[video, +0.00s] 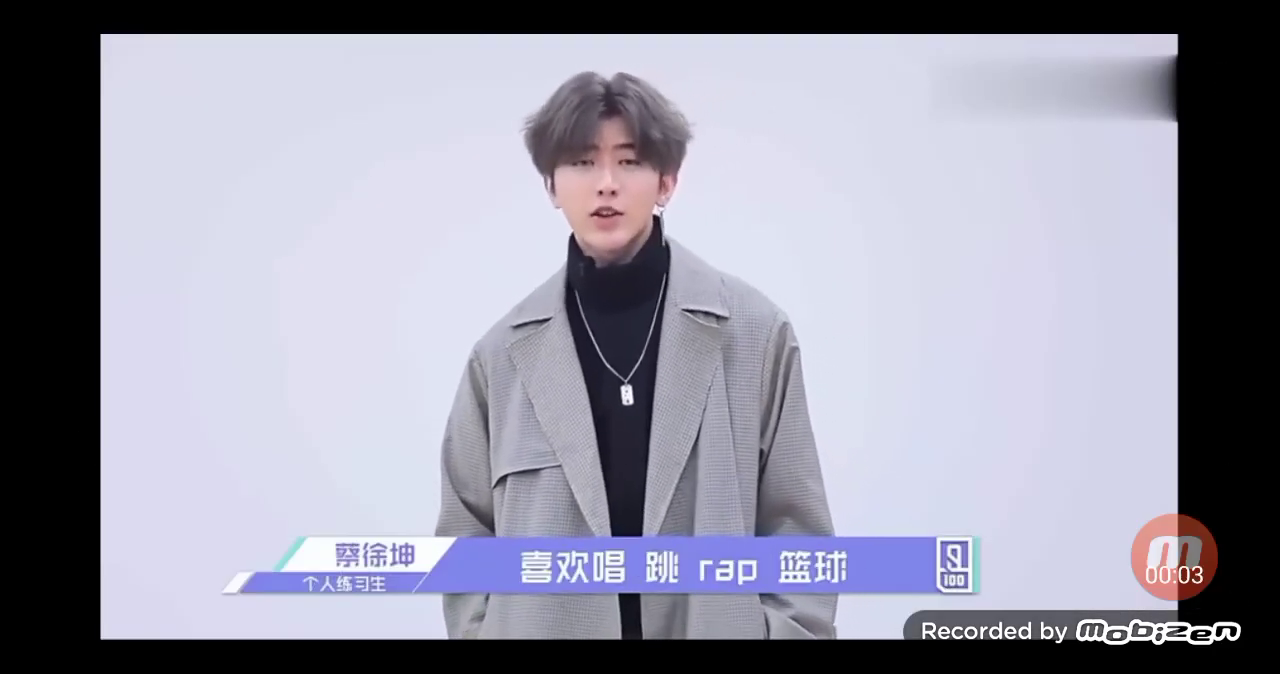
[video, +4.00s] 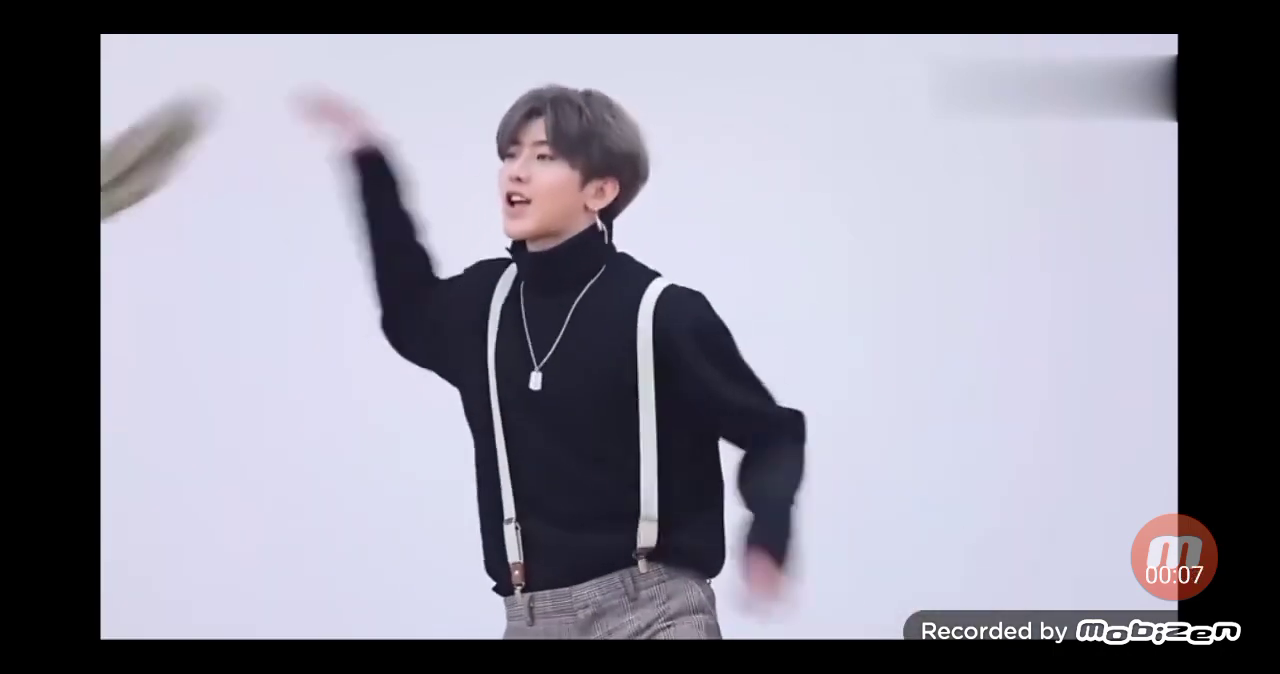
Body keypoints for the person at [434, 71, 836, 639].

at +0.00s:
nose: (606, 183)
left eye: (628, 162)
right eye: (582, 162)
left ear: (665, 183)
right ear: (553, 185)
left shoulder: (757, 333)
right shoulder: (497, 356)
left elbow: (800, 530)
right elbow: (462, 536)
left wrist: (784, 631)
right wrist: (480, 627)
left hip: (712, 629)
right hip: (547, 631)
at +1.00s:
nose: (577, 199)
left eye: (599, 171)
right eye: (552, 178)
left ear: (638, 186)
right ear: (527, 201)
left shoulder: (740, 332)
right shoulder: (487, 365)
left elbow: (791, 533)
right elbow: (456, 549)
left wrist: (777, 630)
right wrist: (477, 629)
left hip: (704, 629)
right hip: (541, 631)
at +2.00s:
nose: (715, 199)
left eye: (735, 171)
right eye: (690, 182)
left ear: (782, 183)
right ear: (671, 205)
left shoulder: (855, 358)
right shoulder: (600, 339)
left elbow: (889, 555)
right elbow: (554, 513)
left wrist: (862, 631)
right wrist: (522, 403)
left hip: (792, 627)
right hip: (641, 626)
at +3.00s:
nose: (628, 195)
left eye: (649, 172)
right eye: (607, 179)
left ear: (698, 185)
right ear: (588, 198)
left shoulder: (775, 318)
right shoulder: (565, 318)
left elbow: (842, 469)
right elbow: (554, 461)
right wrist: (537, 595)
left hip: (718, 619)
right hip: (587, 624)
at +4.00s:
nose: (513, 174)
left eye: (542, 157)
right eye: (510, 157)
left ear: (600, 191)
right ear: (499, 172)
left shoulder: (662, 313)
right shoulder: (476, 301)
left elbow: (772, 431)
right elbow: (408, 317)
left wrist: (768, 530)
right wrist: (370, 164)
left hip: (650, 608)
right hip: (530, 616)